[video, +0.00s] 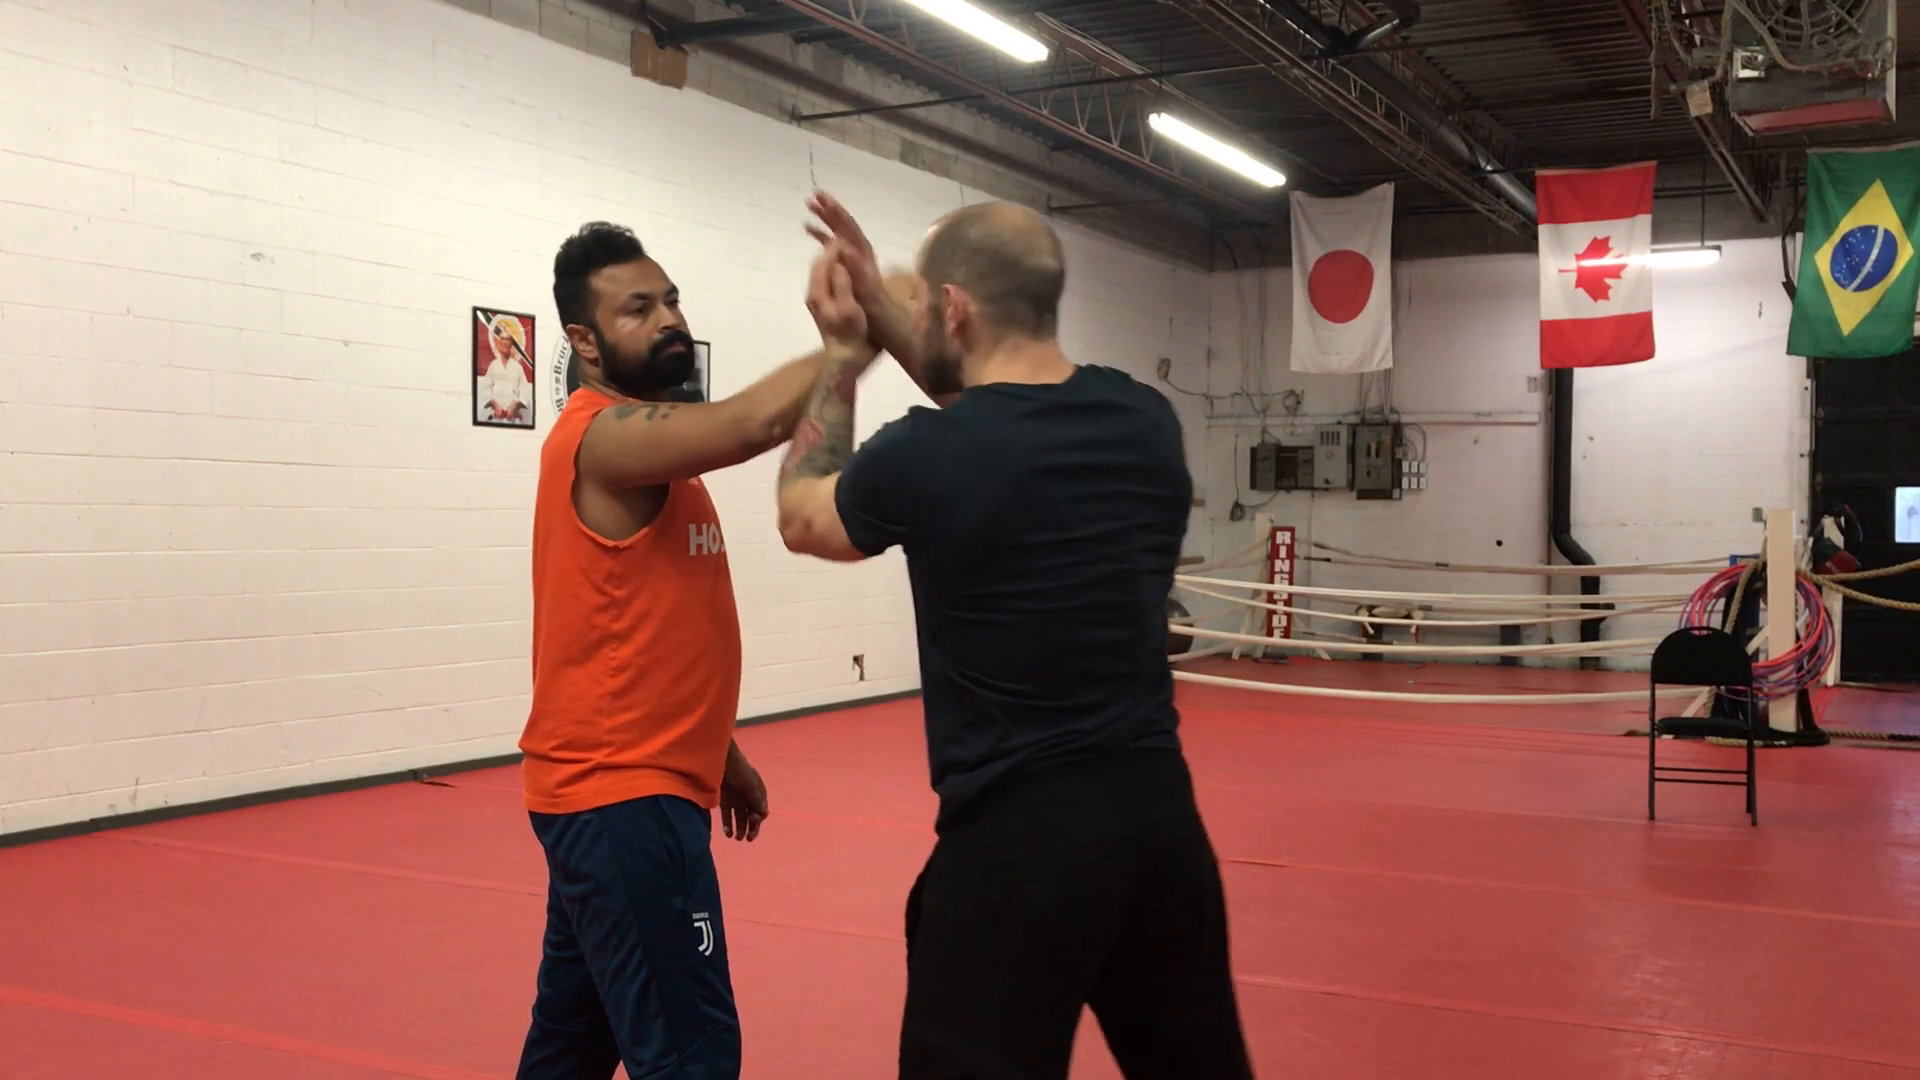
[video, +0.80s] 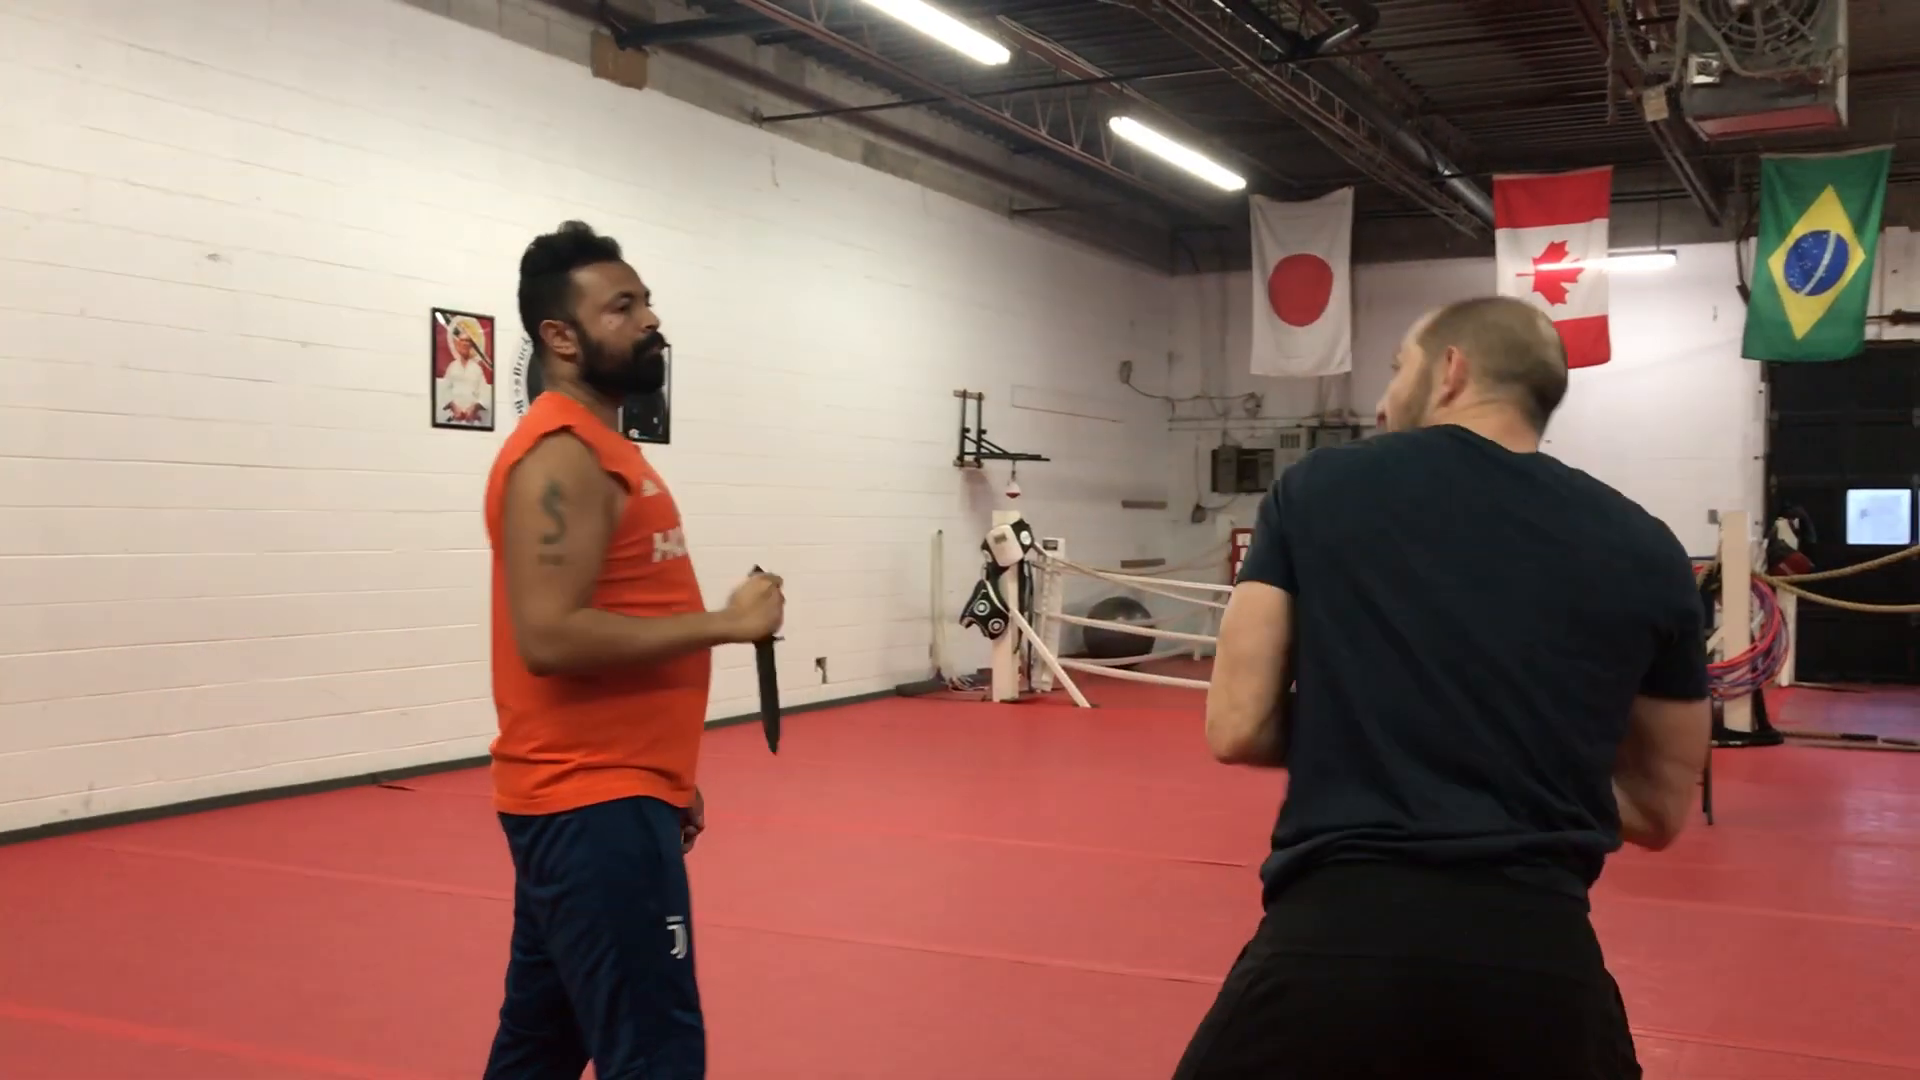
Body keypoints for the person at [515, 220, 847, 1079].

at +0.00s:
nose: (669, 319)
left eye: (670, 301)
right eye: (637, 308)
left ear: (679, 305)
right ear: (585, 341)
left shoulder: (631, 432)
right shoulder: (606, 431)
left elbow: (641, 623)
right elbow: (749, 419)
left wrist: (719, 750)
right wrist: (848, 350)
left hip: (630, 788)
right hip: (619, 793)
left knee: (571, 1047)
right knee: (693, 1054)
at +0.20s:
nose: (679, 315)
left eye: (673, 298)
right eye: (648, 303)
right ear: (588, 338)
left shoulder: (598, 432)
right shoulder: (621, 439)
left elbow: (624, 623)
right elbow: (786, 463)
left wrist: (695, 752)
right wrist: (935, 434)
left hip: (605, 787)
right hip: (626, 791)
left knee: (576, 1041)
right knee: (689, 1052)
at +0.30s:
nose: (685, 315)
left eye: (678, 297)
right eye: (655, 303)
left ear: (600, 345)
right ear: (594, 337)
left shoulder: (582, 433)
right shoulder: (629, 444)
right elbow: (788, 484)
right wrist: (935, 457)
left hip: (589, 785)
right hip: (636, 791)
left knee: (572, 1040)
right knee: (690, 1052)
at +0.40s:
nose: (689, 315)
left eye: (681, 296)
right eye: (659, 305)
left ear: (596, 346)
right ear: (595, 338)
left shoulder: (578, 435)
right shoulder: (627, 445)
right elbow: (770, 517)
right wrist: (885, 481)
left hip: (586, 784)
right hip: (641, 792)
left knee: (571, 1039)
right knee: (693, 1052)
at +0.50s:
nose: (690, 318)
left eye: (682, 299)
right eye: (661, 306)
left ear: (598, 345)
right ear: (598, 339)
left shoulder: (576, 437)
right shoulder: (621, 442)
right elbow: (724, 571)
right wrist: (843, 532)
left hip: (587, 787)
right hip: (639, 793)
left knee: (573, 1040)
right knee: (697, 1050)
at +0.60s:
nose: (685, 313)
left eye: (676, 296)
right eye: (655, 302)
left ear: (597, 347)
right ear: (594, 340)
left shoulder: (577, 438)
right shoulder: (616, 447)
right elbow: (670, 621)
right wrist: (804, 592)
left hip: (584, 787)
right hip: (635, 792)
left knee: (569, 1043)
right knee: (694, 1050)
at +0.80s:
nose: (651, 321)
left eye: (647, 302)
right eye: (624, 306)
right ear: (559, 336)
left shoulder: (596, 446)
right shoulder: (561, 455)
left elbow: (604, 635)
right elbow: (550, 634)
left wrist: (663, 774)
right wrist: (724, 622)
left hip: (605, 795)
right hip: (590, 801)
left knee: (539, 1049)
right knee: (659, 1057)